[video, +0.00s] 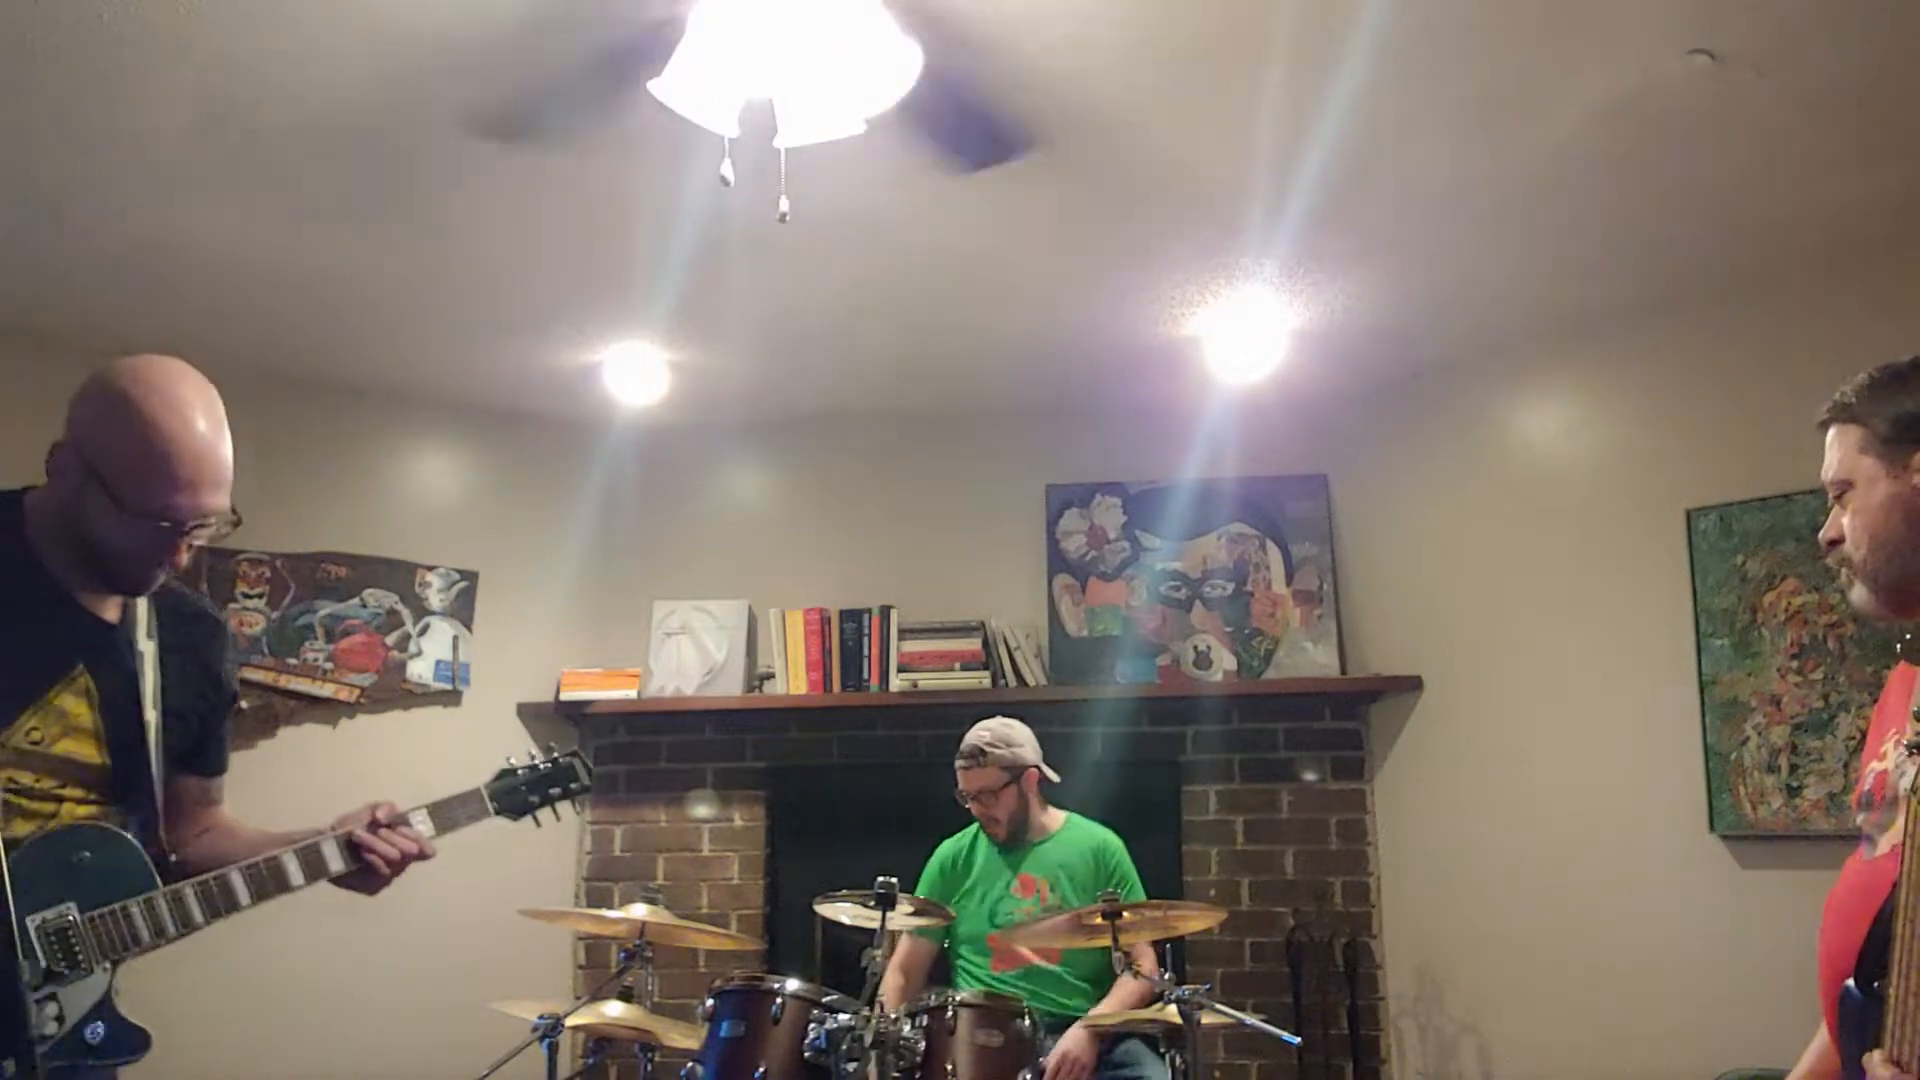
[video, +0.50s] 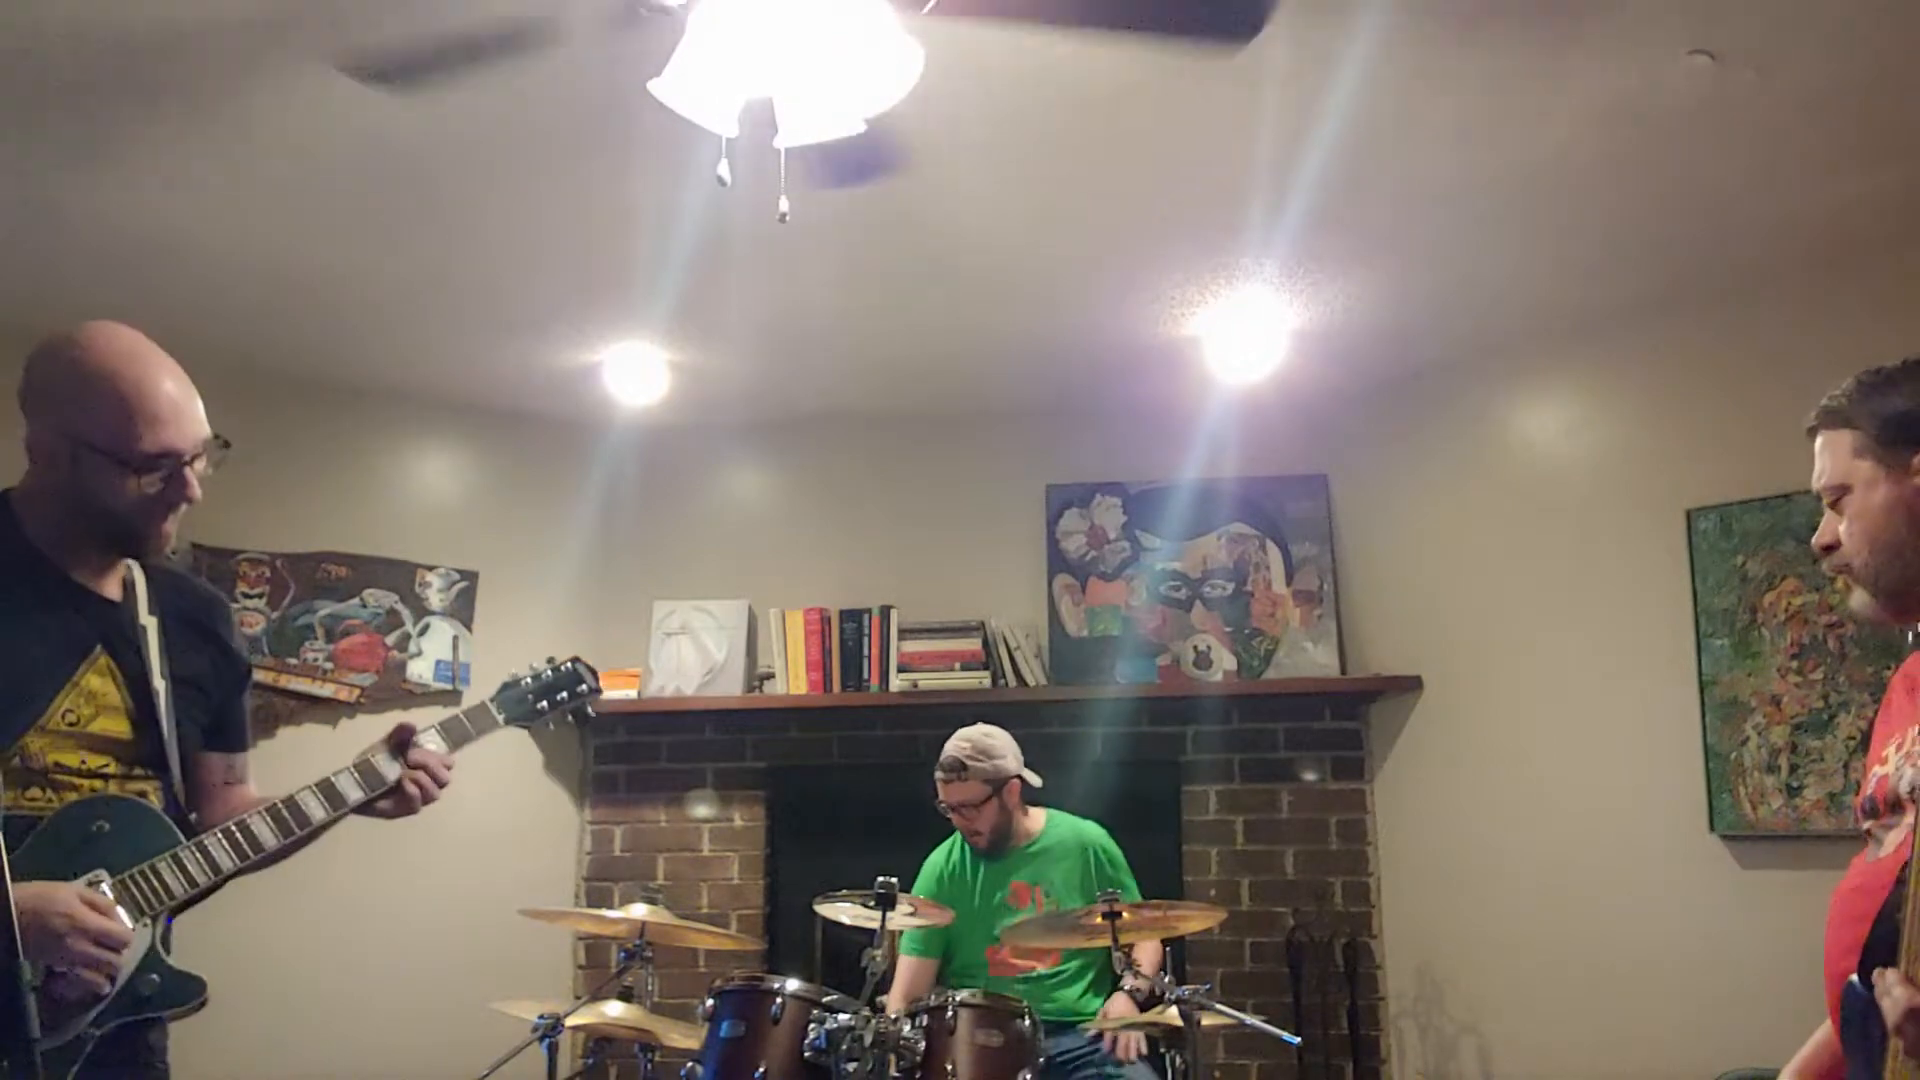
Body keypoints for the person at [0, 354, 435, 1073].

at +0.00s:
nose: (182, 556)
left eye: (204, 527)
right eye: (162, 527)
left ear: (223, 495)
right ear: (65, 470)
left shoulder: (189, 635)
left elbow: (190, 835)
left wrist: (328, 846)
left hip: (61, 1029)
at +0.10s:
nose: (190, 547)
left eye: (209, 515)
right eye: (166, 518)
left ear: (226, 484)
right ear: (66, 472)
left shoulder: (191, 630)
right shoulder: (9, 569)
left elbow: (195, 827)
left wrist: (324, 840)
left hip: (77, 1030)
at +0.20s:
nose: (196, 534)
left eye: (211, 501)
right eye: (164, 508)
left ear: (226, 470)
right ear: (64, 468)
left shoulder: (195, 628)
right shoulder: (10, 570)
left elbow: (198, 819)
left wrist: (324, 818)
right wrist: (3, 895)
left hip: (92, 1026)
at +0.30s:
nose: (194, 522)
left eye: (207, 491)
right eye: (162, 498)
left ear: (220, 462)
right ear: (56, 463)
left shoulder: (197, 621)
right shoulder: (9, 570)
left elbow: (208, 814)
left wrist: (331, 807)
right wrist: (8, 910)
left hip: (105, 1028)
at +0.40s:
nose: (192, 505)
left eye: (205, 470)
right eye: (156, 481)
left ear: (210, 442)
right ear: (53, 460)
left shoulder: (195, 619)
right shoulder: (9, 578)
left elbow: (216, 812)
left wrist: (348, 796)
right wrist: (11, 914)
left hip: (113, 1029)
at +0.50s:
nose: (193, 491)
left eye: (200, 457)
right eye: (156, 466)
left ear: (206, 435)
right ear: (49, 453)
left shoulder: (192, 616)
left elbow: (219, 809)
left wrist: (353, 789)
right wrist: (13, 913)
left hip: (118, 1030)